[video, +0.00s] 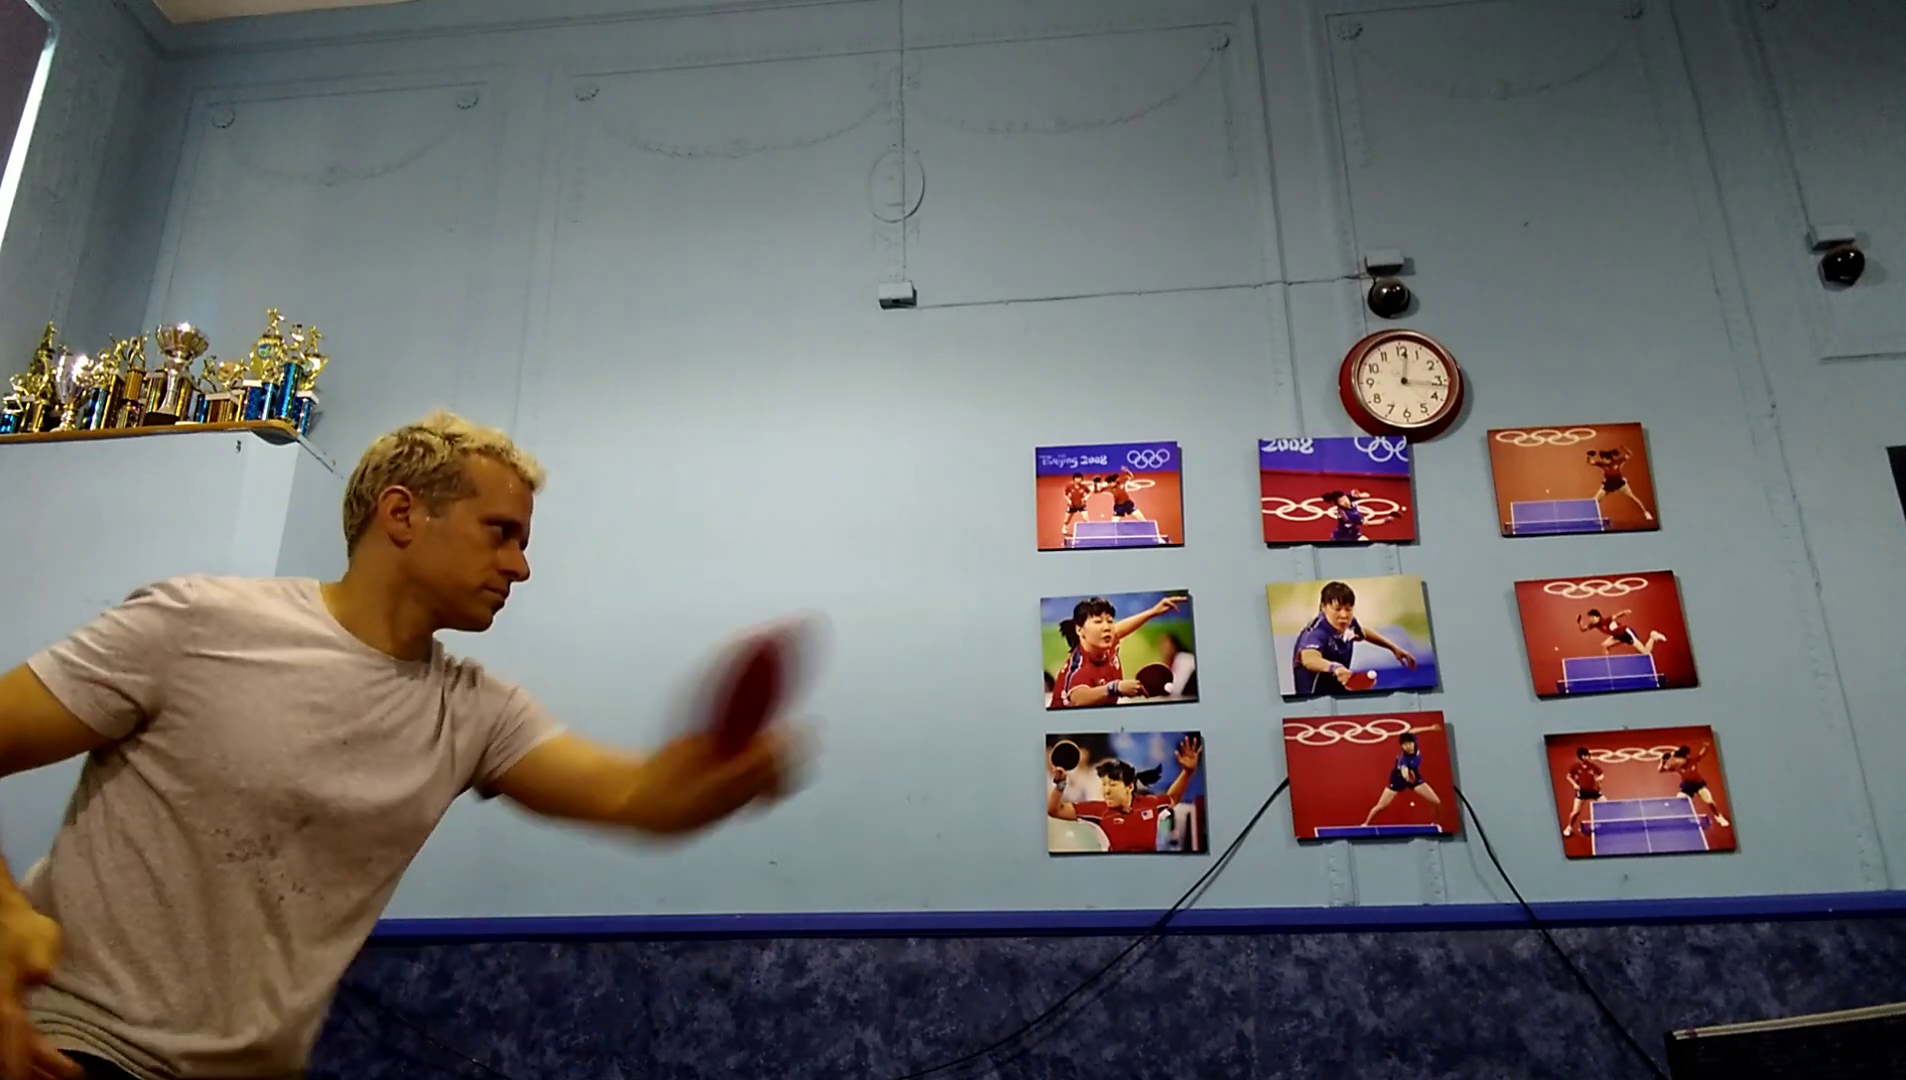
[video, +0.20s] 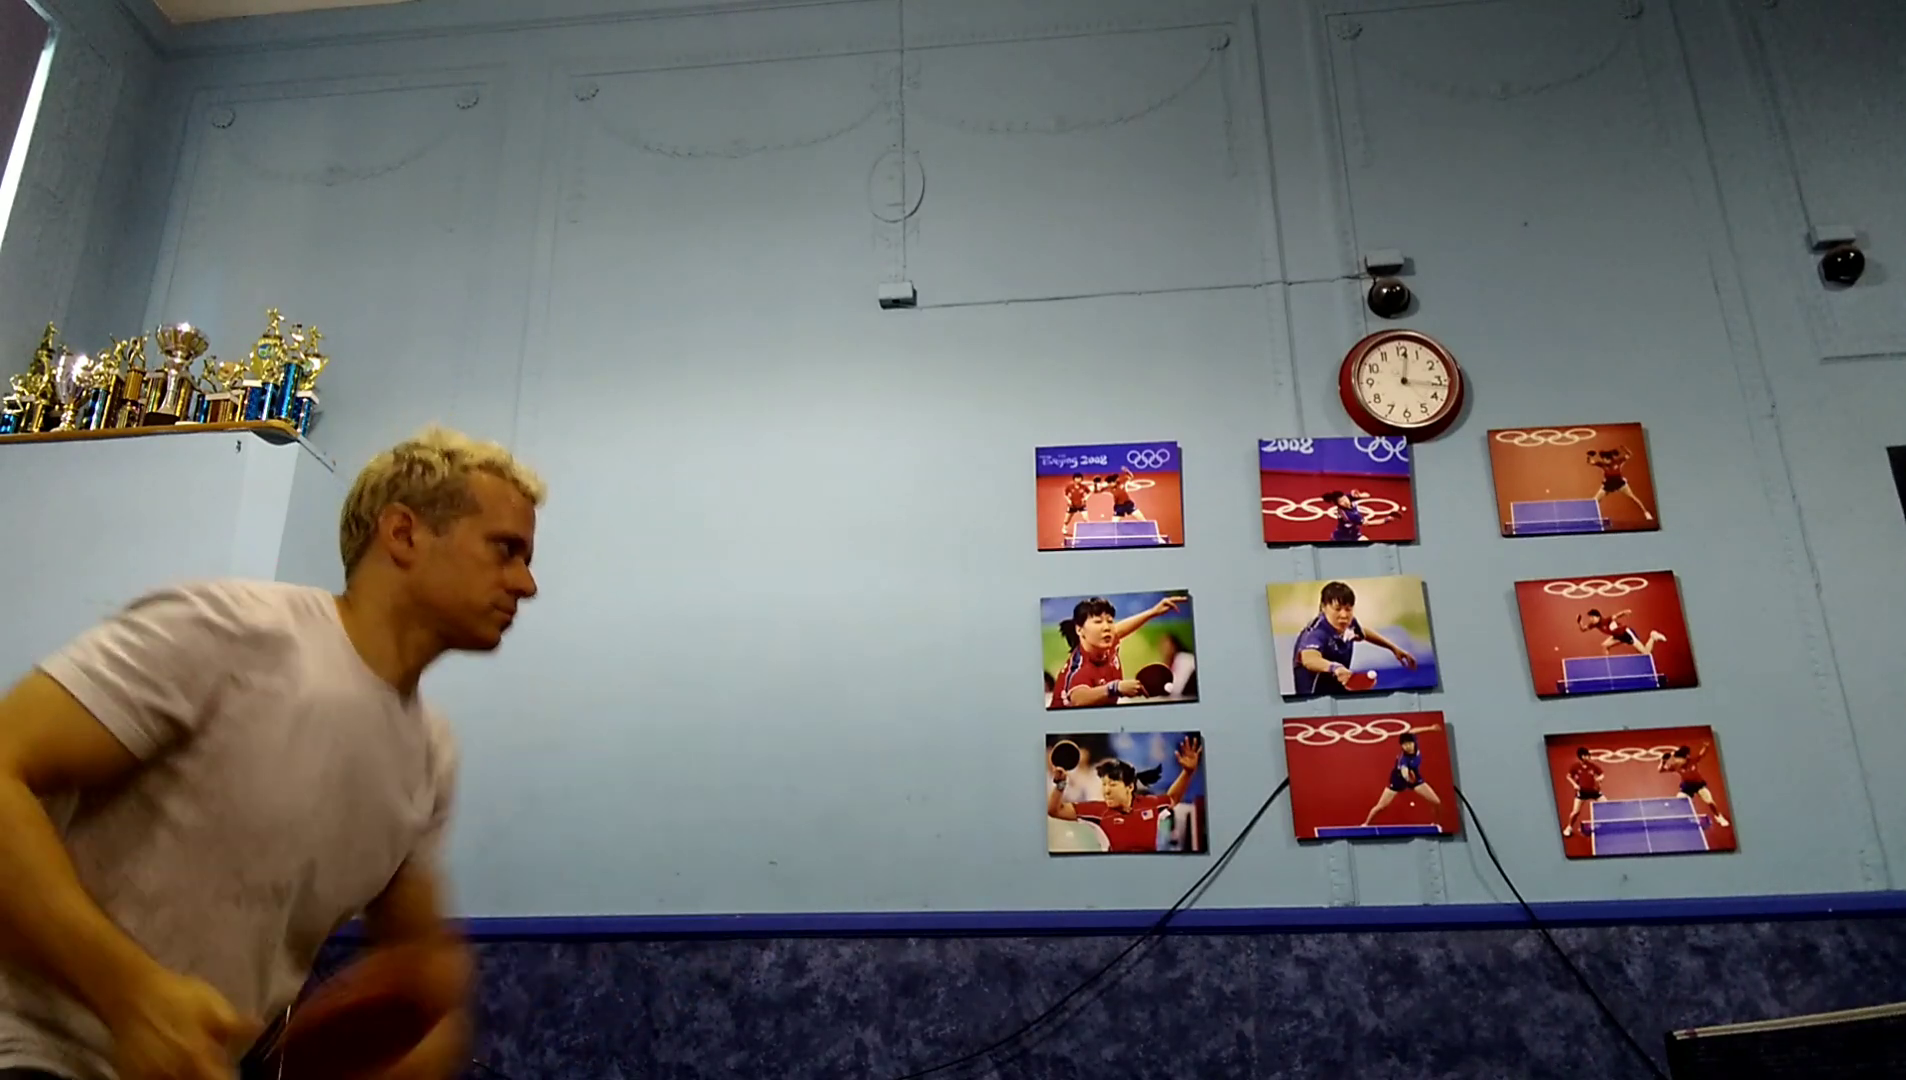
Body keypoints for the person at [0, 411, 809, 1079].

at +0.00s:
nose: (522, 566)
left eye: (525, 545)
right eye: (502, 533)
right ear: (402, 515)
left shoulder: (470, 712)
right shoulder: (191, 624)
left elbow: (628, 791)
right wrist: (10, 905)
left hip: (252, 1061)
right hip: (67, 1032)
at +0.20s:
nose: (528, 582)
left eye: (527, 560)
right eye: (507, 549)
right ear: (404, 535)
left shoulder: (426, 756)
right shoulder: (223, 629)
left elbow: (424, 958)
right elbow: (2, 768)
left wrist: (415, 1042)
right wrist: (128, 990)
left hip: (216, 1059)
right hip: (47, 1041)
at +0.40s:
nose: (544, 647)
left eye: (543, 619)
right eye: (524, 611)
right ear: (418, 594)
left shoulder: (405, 794)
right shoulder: (245, 697)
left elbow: (325, 965)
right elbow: (8, 881)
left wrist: (330, 1065)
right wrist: (87, 1066)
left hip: (217, 1071)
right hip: (80, 1051)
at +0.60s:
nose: (531, 608)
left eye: (535, 584)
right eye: (511, 576)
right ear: (409, 559)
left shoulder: (485, 757)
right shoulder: (224, 676)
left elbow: (614, 873)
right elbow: (10, 835)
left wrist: (719, 902)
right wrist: (117, 1026)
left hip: (252, 1064)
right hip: (62, 1040)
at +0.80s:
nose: (532, 592)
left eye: (535, 569)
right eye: (512, 562)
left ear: (455, 572)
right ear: (415, 553)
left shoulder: (498, 721)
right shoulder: (224, 664)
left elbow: (694, 752)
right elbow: (15, 802)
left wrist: (894, 753)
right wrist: (92, 937)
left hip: (287, 1072)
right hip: (95, 1049)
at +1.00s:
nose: (519, 584)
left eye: (519, 562)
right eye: (497, 553)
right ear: (398, 543)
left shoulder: (463, 744)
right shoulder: (225, 648)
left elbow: (547, 877)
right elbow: (9, 792)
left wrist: (614, 931)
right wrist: (142, 956)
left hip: (247, 1064)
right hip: (68, 1025)